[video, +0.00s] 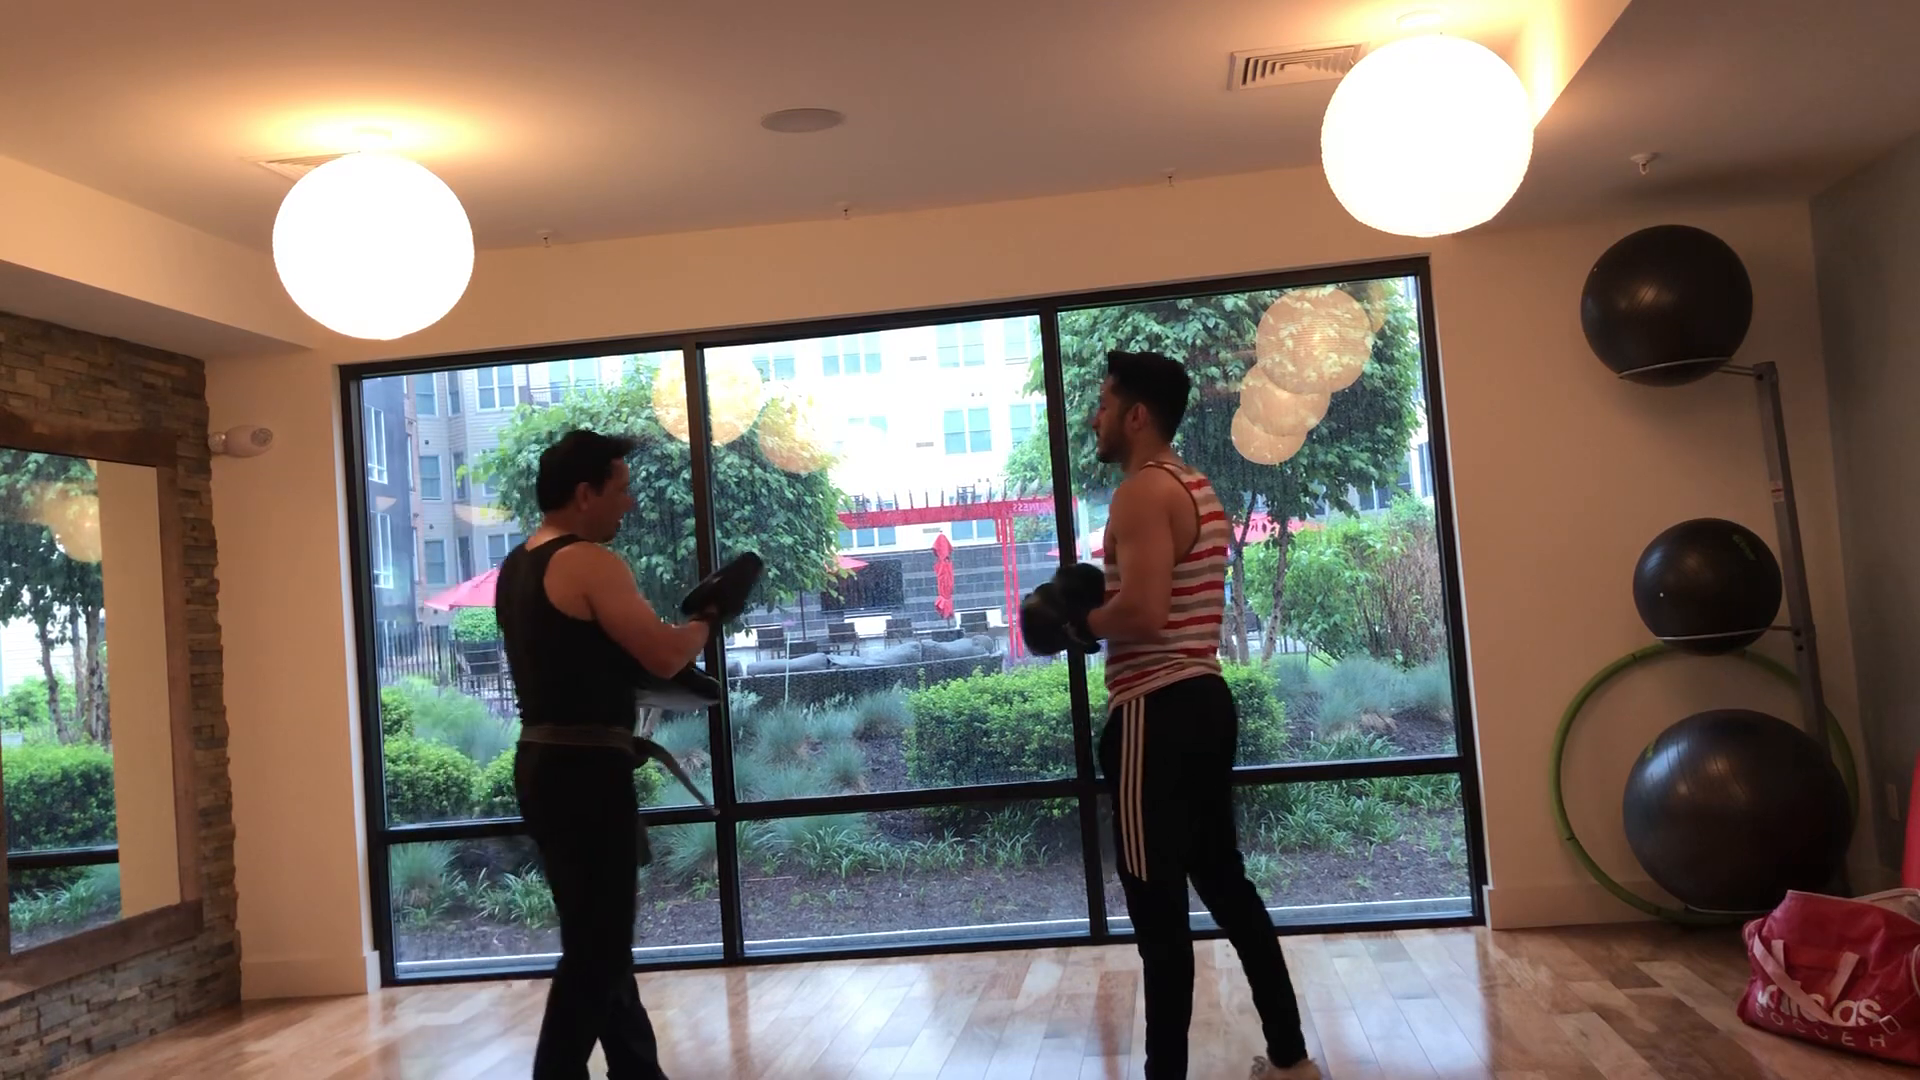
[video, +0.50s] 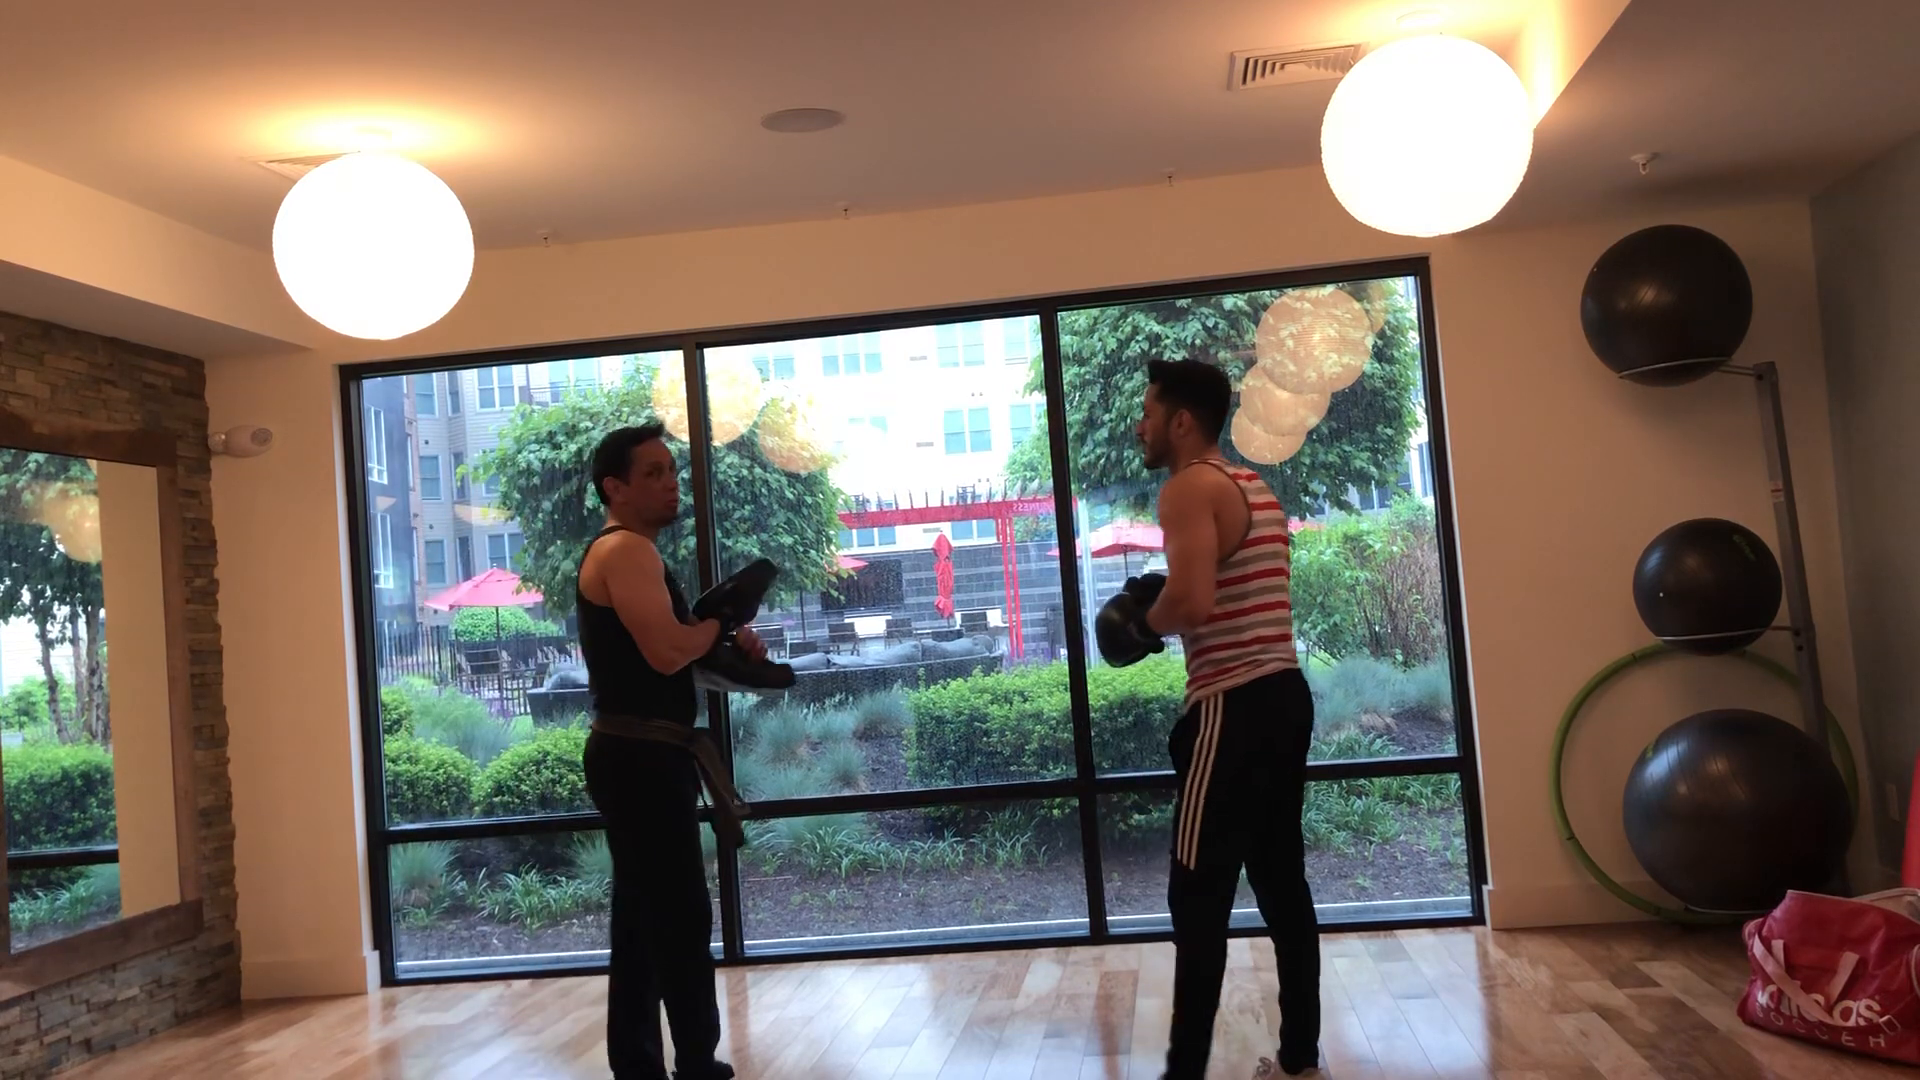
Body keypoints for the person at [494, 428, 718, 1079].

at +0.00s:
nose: (629, 500)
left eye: (628, 486)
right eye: (621, 487)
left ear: (570, 495)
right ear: (584, 495)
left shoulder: (519, 566)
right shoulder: (592, 565)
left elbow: (575, 663)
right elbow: (667, 657)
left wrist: (663, 638)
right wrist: (705, 619)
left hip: (544, 770)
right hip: (589, 772)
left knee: (600, 941)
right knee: (597, 946)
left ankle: (638, 1071)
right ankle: (559, 1073)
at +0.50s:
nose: (674, 482)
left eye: (672, 470)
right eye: (657, 472)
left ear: (630, 488)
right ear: (615, 488)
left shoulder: (613, 551)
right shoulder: (626, 551)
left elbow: (660, 646)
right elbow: (668, 651)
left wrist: (725, 641)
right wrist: (717, 624)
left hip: (631, 756)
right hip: (644, 758)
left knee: (639, 915)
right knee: (682, 914)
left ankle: (636, 1065)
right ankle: (697, 1064)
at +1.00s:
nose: (714, 474)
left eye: (715, 461)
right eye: (696, 466)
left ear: (720, 469)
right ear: (661, 484)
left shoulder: (729, 557)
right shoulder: (650, 560)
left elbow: (771, 625)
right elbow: (679, 661)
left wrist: (813, 656)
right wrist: (762, 633)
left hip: (739, 748)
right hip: (676, 756)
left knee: (790, 886)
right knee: (687, 914)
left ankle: (749, 1042)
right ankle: (693, 1061)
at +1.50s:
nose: (789, 470)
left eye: (797, 458)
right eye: (773, 459)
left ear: (807, 468)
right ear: (741, 472)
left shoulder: (817, 549)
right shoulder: (712, 548)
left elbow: (853, 634)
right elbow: (680, 648)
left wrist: (861, 664)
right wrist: (777, 674)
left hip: (808, 739)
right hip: (739, 744)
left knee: (815, 911)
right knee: (754, 911)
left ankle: (813, 1065)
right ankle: (737, 1063)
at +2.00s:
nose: (804, 468)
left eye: (813, 454)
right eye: (787, 457)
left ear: (824, 464)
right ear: (755, 470)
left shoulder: (840, 551)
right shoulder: (723, 552)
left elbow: (865, 641)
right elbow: (694, 657)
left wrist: (890, 700)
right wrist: (794, 693)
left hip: (833, 754)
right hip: (753, 760)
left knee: (879, 909)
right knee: (772, 927)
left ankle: (831, 1036)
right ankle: (784, 1068)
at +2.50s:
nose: (863, 457)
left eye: (870, 444)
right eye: (845, 445)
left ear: (878, 454)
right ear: (809, 458)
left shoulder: (881, 537)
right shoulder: (777, 544)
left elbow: (923, 618)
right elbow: (751, 657)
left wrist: (938, 686)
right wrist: (829, 728)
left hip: (890, 762)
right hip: (809, 768)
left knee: (918, 929)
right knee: (800, 940)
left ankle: (947, 1073)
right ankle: (790, 1073)